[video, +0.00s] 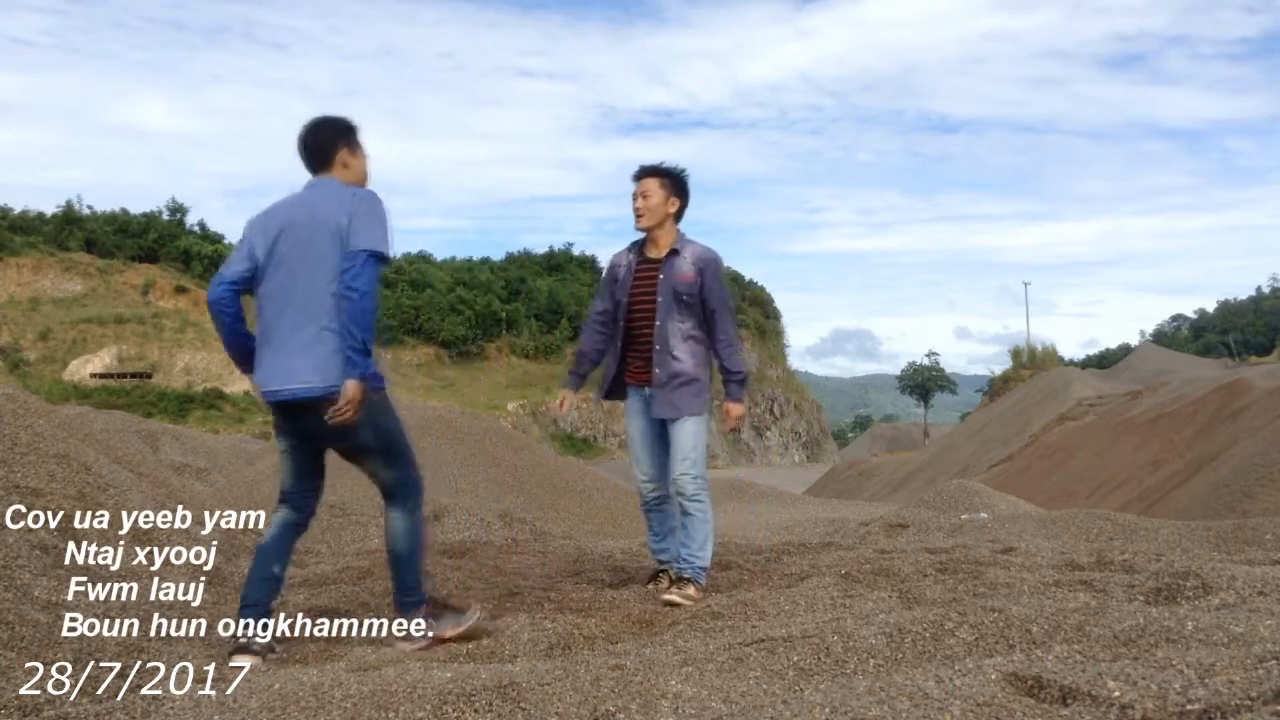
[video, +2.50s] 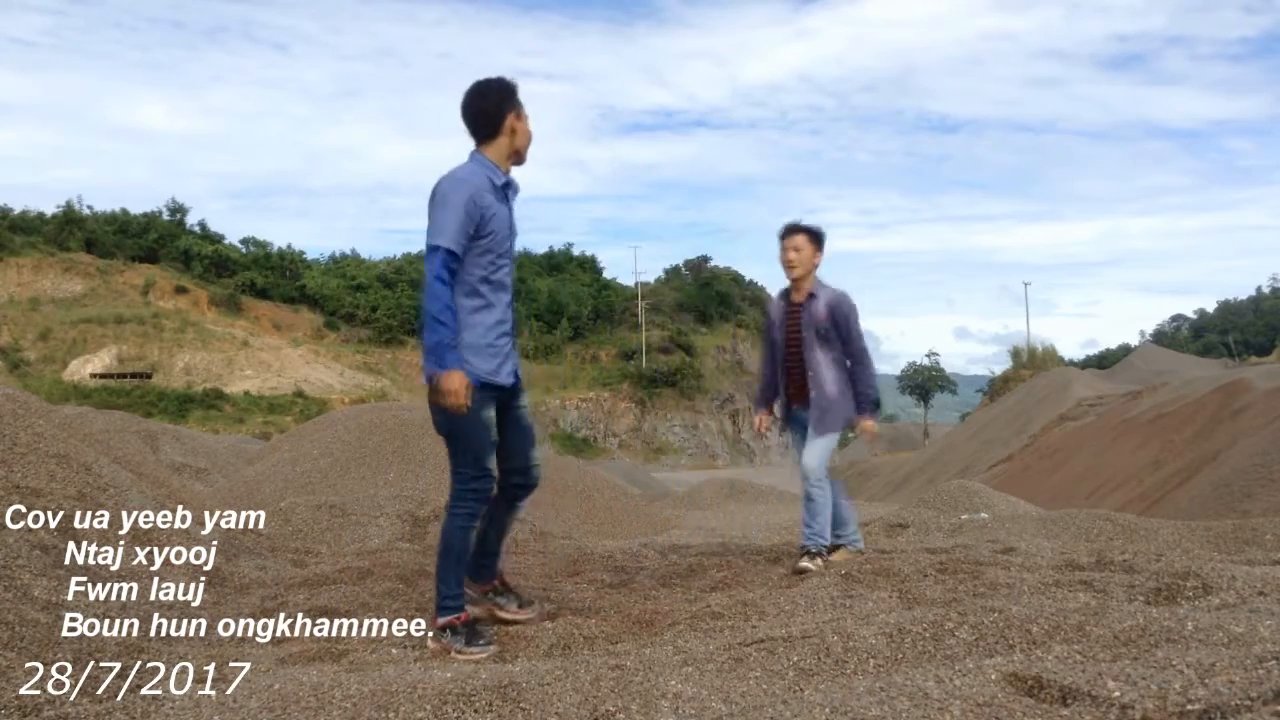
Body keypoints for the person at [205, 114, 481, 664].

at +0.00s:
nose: (366, 163)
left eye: (361, 153)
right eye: (361, 153)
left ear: (315, 162)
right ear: (345, 155)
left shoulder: (273, 215)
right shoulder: (360, 205)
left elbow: (221, 291)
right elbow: (358, 286)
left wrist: (251, 362)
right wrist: (358, 370)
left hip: (281, 385)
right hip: (338, 381)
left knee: (293, 506)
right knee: (402, 487)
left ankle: (251, 631)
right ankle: (415, 615)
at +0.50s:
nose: (402, 140)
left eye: (398, 129)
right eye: (395, 128)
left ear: (350, 135)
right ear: (375, 131)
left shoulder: (318, 197)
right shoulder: (362, 182)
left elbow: (293, 284)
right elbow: (366, 276)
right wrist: (406, 348)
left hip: (314, 384)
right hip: (353, 377)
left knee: (303, 502)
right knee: (388, 498)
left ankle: (251, 625)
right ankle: (351, 633)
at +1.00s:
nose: (491, 156)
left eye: (489, 144)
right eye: (489, 143)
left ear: (448, 141)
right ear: (474, 140)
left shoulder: (434, 197)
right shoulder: (438, 186)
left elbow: (459, 297)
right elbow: (457, 265)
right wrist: (544, 277)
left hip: (446, 380)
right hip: (428, 377)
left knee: (504, 472)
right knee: (406, 503)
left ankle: (514, 592)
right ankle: (349, 631)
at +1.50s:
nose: (614, 163)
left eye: (610, 153)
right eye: (608, 152)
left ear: (585, 159)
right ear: (587, 155)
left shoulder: (585, 233)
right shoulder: (541, 195)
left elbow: (608, 299)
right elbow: (496, 258)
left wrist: (668, 299)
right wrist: (480, 333)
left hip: (555, 376)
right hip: (513, 364)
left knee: (569, 486)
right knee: (520, 482)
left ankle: (556, 593)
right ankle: (468, 599)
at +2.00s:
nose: (549, 139)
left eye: (546, 129)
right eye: (544, 129)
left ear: (518, 135)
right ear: (525, 133)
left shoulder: (524, 201)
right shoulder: (470, 196)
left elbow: (538, 269)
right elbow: (453, 285)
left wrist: (605, 288)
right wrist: (460, 368)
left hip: (527, 372)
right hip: (484, 375)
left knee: (545, 481)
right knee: (496, 489)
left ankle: (550, 590)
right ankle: (460, 611)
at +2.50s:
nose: (531, 129)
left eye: (527, 117)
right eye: (527, 118)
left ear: (492, 126)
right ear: (513, 123)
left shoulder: (499, 192)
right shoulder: (459, 187)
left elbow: (485, 283)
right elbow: (437, 278)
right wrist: (446, 365)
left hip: (501, 370)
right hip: (463, 372)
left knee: (519, 476)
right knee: (472, 485)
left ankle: (481, 579)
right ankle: (447, 618)